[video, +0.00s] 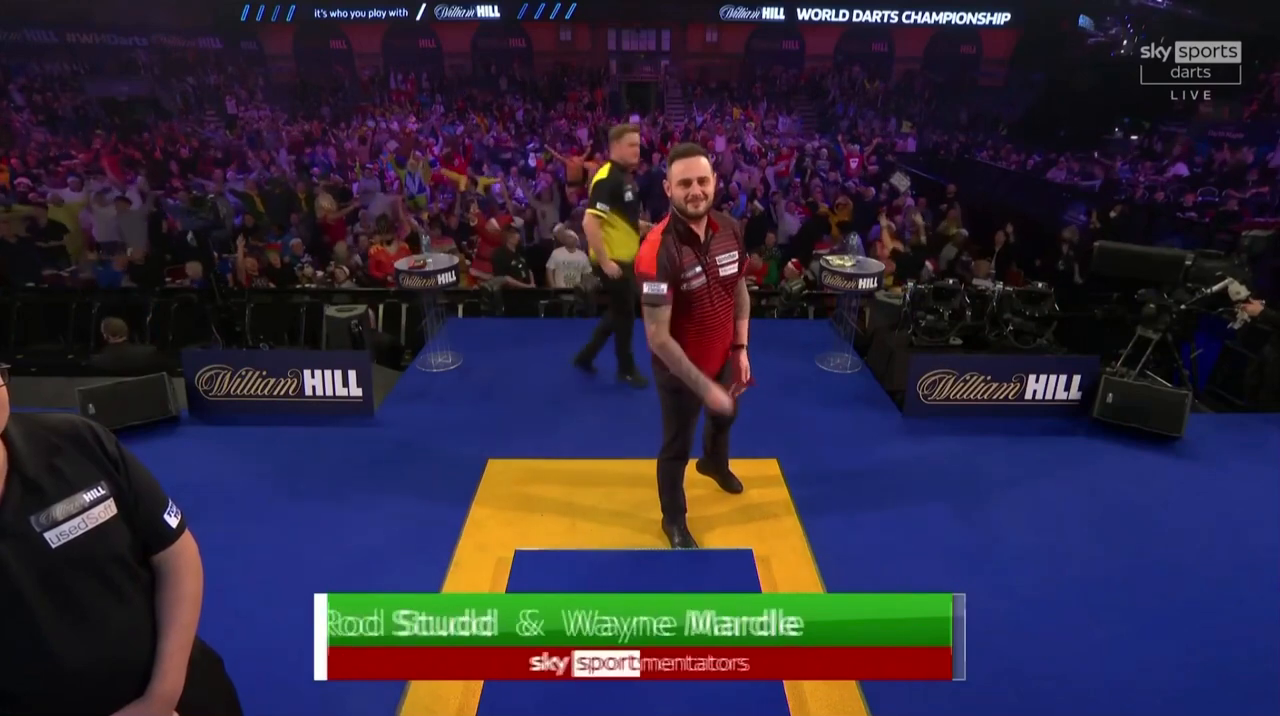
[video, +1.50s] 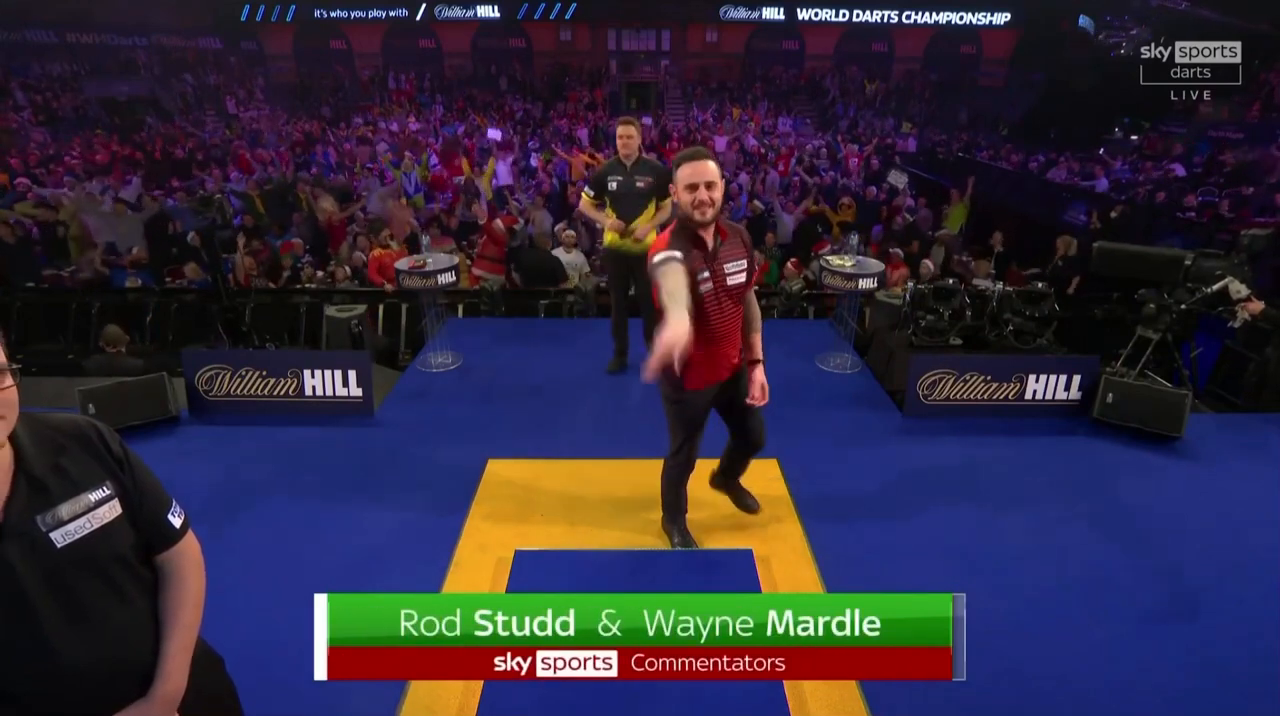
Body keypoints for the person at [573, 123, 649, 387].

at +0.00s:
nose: (637, 150)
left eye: (638, 145)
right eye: (631, 145)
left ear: (637, 148)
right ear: (614, 148)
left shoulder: (627, 178)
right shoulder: (607, 178)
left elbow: (623, 220)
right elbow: (590, 222)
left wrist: (648, 228)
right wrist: (604, 260)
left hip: (628, 258)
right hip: (613, 259)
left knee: (620, 313)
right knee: (624, 314)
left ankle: (585, 356)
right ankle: (626, 369)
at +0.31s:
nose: (654, 146)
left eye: (657, 141)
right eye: (648, 141)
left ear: (660, 144)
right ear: (634, 144)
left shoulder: (661, 172)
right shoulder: (622, 175)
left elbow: (665, 211)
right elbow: (602, 217)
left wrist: (669, 241)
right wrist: (621, 253)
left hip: (658, 252)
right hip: (630, 256)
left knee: (660, 312)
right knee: (629, 315)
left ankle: (667, 367)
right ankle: (626, 368)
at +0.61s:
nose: (664, 145)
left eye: (668, 140)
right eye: (659, 140)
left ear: (673, 142)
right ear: (648, 141)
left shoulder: (679, 170)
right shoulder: (631, 173)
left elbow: (690, 203)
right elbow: (613, 208)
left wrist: (683, 228)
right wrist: (638, 230)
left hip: (671, 249)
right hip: (637, 250)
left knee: (672, 305)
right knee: (634, 309)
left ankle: (673, 367)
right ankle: (631, 368)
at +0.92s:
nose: (656, 143)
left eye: (661, 138)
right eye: (652, 138)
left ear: (669, 140)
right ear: (645, 141)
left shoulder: (677, 169)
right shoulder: (631, 170)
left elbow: (691, 201)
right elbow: (615, 202)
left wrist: (676, 221)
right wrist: (632, 222)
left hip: (668, 244)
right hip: (636, 243)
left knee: (664, 300)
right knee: (630, 300)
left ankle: (666, 356)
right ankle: (626, 357)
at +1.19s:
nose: (642, 142)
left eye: (647, 137)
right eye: (638, 137)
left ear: (657, 139)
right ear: (632, 140)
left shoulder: (669, 169)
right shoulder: (621, 171)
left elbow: (681, 201)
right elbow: (604, 203)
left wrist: (663, 219)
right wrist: (624, 222)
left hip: (661, 244)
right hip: (628, 244)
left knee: (660, 299)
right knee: (624, 300)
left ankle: (662, 356)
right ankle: (620, 357)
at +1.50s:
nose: (624, 142)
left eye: (629, 137)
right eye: (620, 137)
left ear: (639, 140)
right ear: (615, 140)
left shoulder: (657, 172)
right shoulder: (605, 172)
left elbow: (668, 206)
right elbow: (585, 204)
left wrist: (649, 225)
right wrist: (605, 220)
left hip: (645, 248)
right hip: (615, 249)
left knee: (648, 305)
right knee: (618, 305)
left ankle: (654, 354)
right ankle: (619, 355)